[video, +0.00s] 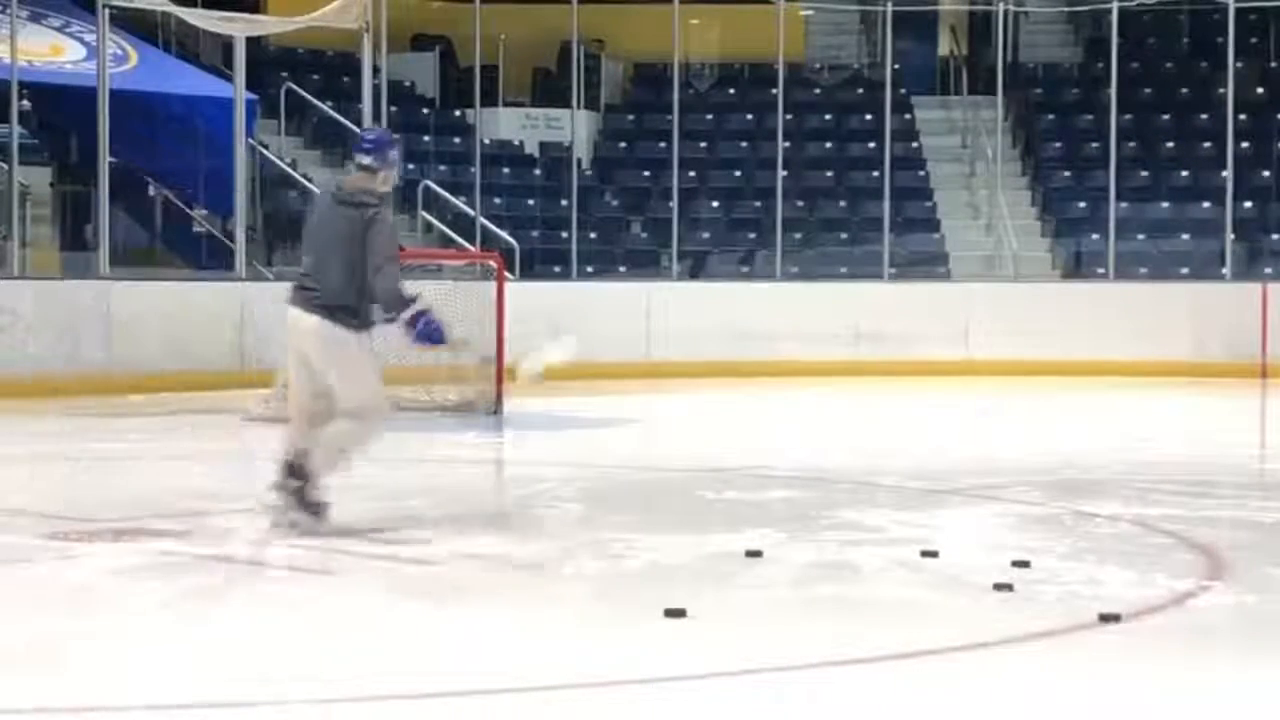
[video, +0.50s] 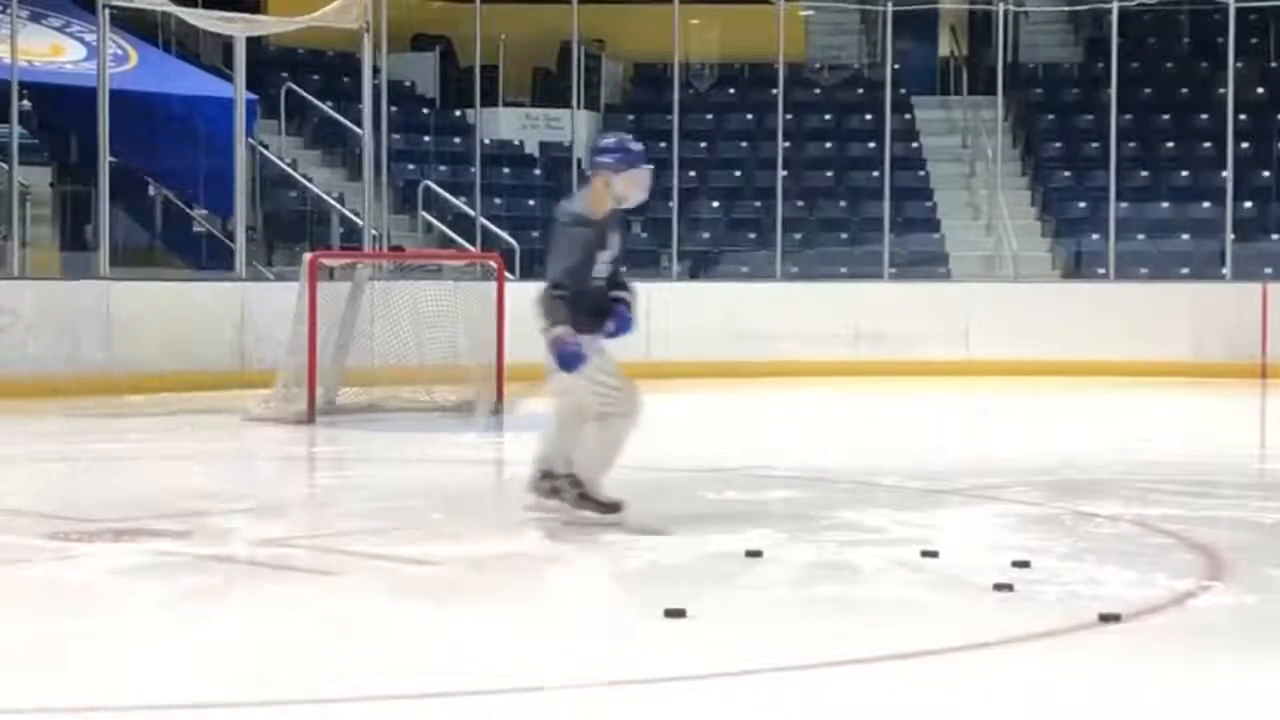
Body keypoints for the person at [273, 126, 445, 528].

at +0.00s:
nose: (395, 178)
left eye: (394, 170)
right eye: (394, 170)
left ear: (356, 164)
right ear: (386, 171)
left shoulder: (326, 199)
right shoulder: (376, 214)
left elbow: (314, 253)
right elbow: (383, 282)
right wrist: (413, 314)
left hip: (300, 314)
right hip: (337, 327)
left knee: (308, 408)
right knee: (368, 410)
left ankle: (295, 486)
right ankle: (306, 467)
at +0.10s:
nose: (435, 180)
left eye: (436, 172)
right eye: (433, 172)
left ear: (398, 165)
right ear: (423, 171)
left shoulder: (376, 204)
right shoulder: (407, 210)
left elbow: (370, 263)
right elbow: (408, 269)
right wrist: (447, 287)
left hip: (351, 315)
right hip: (381, 322)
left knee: (366, 403)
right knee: (413, 407)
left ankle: (344, 475)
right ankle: (369, 477)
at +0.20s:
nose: (490, 177)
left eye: (490, 168)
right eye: (487, 168)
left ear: (452, 165)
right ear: (472, 170)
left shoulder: (426, 202)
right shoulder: (446, 211)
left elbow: (439, 253)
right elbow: (433, 272)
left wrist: (471, 256)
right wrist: (471, 276)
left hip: (395, 319)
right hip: (425, 326)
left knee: (414, 406)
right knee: (461, 407)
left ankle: (386, 478)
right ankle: (435, 483)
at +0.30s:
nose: (536, 182)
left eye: (537, 173)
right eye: (532, 173)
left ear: (501, 172)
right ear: (512, 175)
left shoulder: (501, 217)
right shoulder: (484, 222)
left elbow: (516, 259)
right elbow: (466, 289)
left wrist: (534, 279)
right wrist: (504, 294)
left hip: (466, 327)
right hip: (464, 330)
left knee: (466, 406)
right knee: (520, 397)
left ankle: (434, 477)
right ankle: (495, 481)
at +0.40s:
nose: (583, 187)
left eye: (584, 177)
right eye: (578, 178)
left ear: (557, 179)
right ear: (557, 178)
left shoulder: (553, 219)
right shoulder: (528, 226)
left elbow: (554, 271)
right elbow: (501, 293)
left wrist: (573, 295)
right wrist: (521, 315)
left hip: (520, 330)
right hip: (517, 331)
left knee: (517, 405)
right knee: (571, 399)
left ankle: (486, 477)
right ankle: (542, 481)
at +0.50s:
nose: (639, 183)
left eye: (639, 174)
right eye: (632, 174)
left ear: (616, 177)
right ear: (606, 175)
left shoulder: (611, 217)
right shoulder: (576, 221)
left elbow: (610, 273)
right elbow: (557, 287)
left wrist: (619, 301)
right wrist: (560, 331)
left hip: (588, 324)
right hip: (568, 326)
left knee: (577, 402)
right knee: (620, 399)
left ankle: (550, 472)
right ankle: (580, 479)